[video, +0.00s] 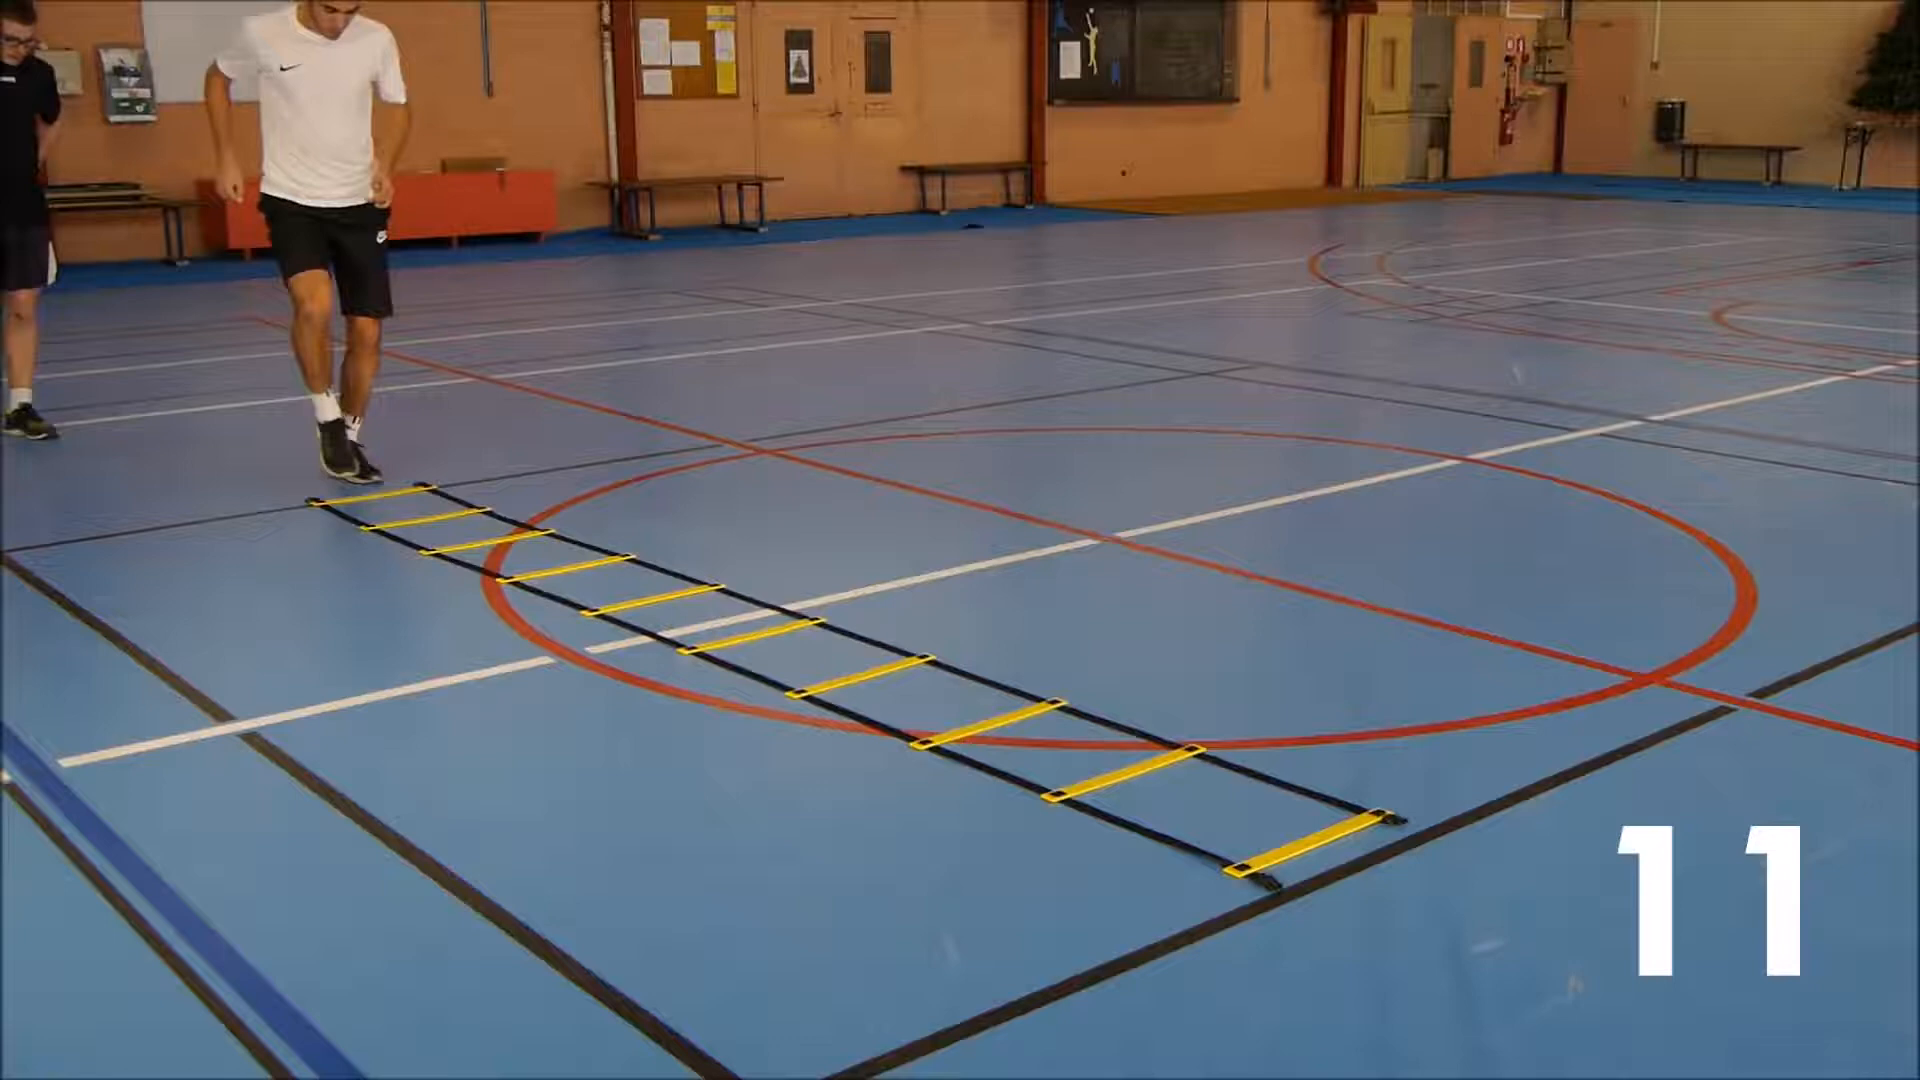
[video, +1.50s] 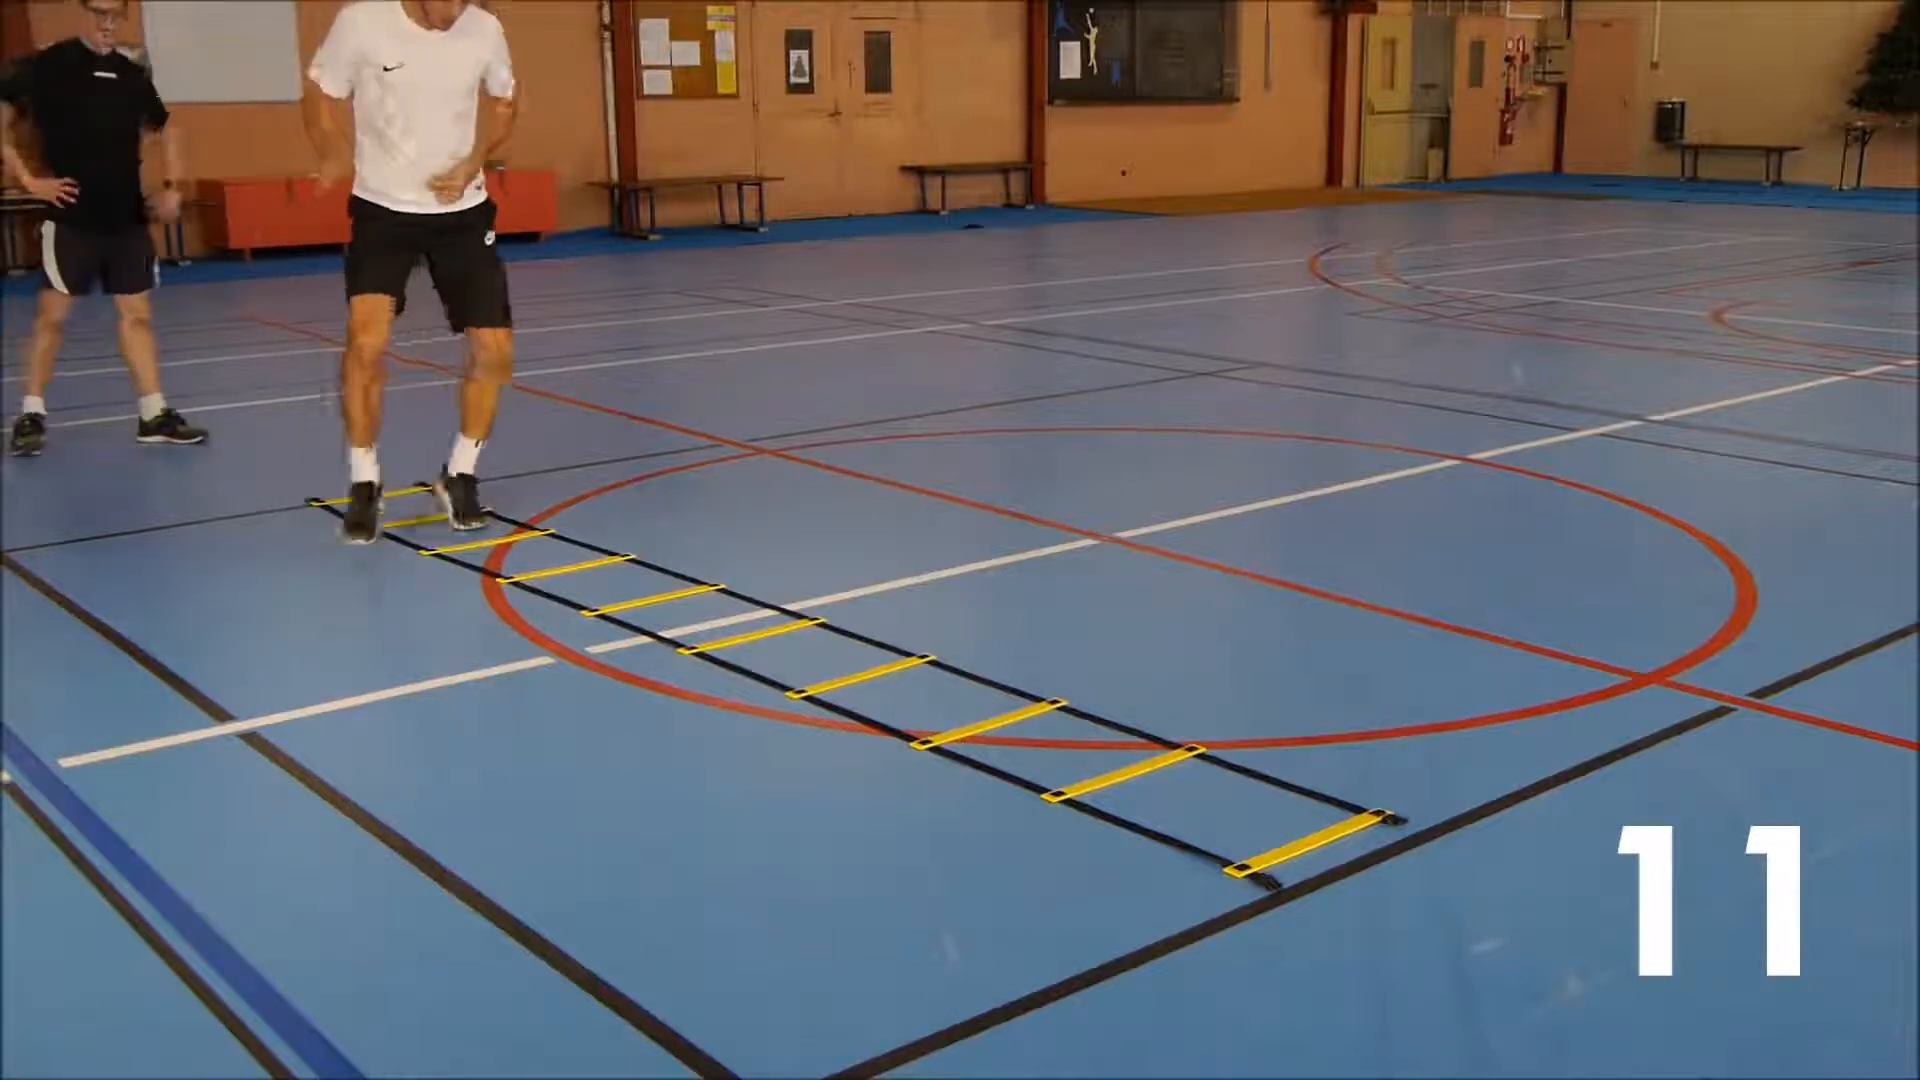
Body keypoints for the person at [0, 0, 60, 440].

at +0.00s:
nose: (18, 48)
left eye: (26, 41)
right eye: (10, 39)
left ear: (35, 37)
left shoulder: (38, 73)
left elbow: (50, 124)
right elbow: (51, 125)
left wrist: (30, 166)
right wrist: (29, 164)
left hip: (22, 203)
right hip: (9, 204)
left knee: (24, 305)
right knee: (17, 306)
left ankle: (20, 404)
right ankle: (18, 404)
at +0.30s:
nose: (29, 50)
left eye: (37, 42)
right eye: (22, 41)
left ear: (45, 38)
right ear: (2, 33)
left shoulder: (47, 75)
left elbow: (51, 133)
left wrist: (36, 176)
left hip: (25, 205)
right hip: (7, 206)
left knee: (25, 306)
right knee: (17, 308)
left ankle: (20, 403)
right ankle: (18, 403)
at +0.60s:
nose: (30, 53)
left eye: (37, 45)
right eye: (22, 44)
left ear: (46, 41)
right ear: (4, 37)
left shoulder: (51, 76)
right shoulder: (1, 76)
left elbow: (56, 130)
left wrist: (37, 173)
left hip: (34, 209)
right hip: (6, 211)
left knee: (32, 308)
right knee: (9, 312)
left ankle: (26, 399)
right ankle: (11, 410)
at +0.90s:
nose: (26, 48)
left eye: (34, 40)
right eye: (18, 39)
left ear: (43, 35)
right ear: (1, 31)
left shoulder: (48, 68)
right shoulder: (0, 70)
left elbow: (56, 125)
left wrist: (47, 177)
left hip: (44, 206)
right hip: (6, 211)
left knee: (57, 304)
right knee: (7, 311)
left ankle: (35, 391)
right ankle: (12, 413)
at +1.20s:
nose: (62, 48)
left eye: (69, 38)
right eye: (54, 38)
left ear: (76, 32)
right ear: (26, 27)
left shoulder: (73, 68)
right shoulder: (6, 69)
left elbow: (63, 124)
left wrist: (66, 177)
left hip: (74, 205)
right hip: (20, 211)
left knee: (106, 308)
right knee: (16, 314)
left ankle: (136, 409)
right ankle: (17, 415)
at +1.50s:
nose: (108, 24)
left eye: (116, 17)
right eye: (100, 15)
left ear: (124, 19)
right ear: (83, 15)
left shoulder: (133, 74)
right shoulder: (50, 65)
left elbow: (165, 129)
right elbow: (3, 120)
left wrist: (171, 185)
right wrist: (28, 180)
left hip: (125, 211)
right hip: (69, 213)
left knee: (137, 313)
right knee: (53, 313)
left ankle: (154, 413)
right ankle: (32, 411)